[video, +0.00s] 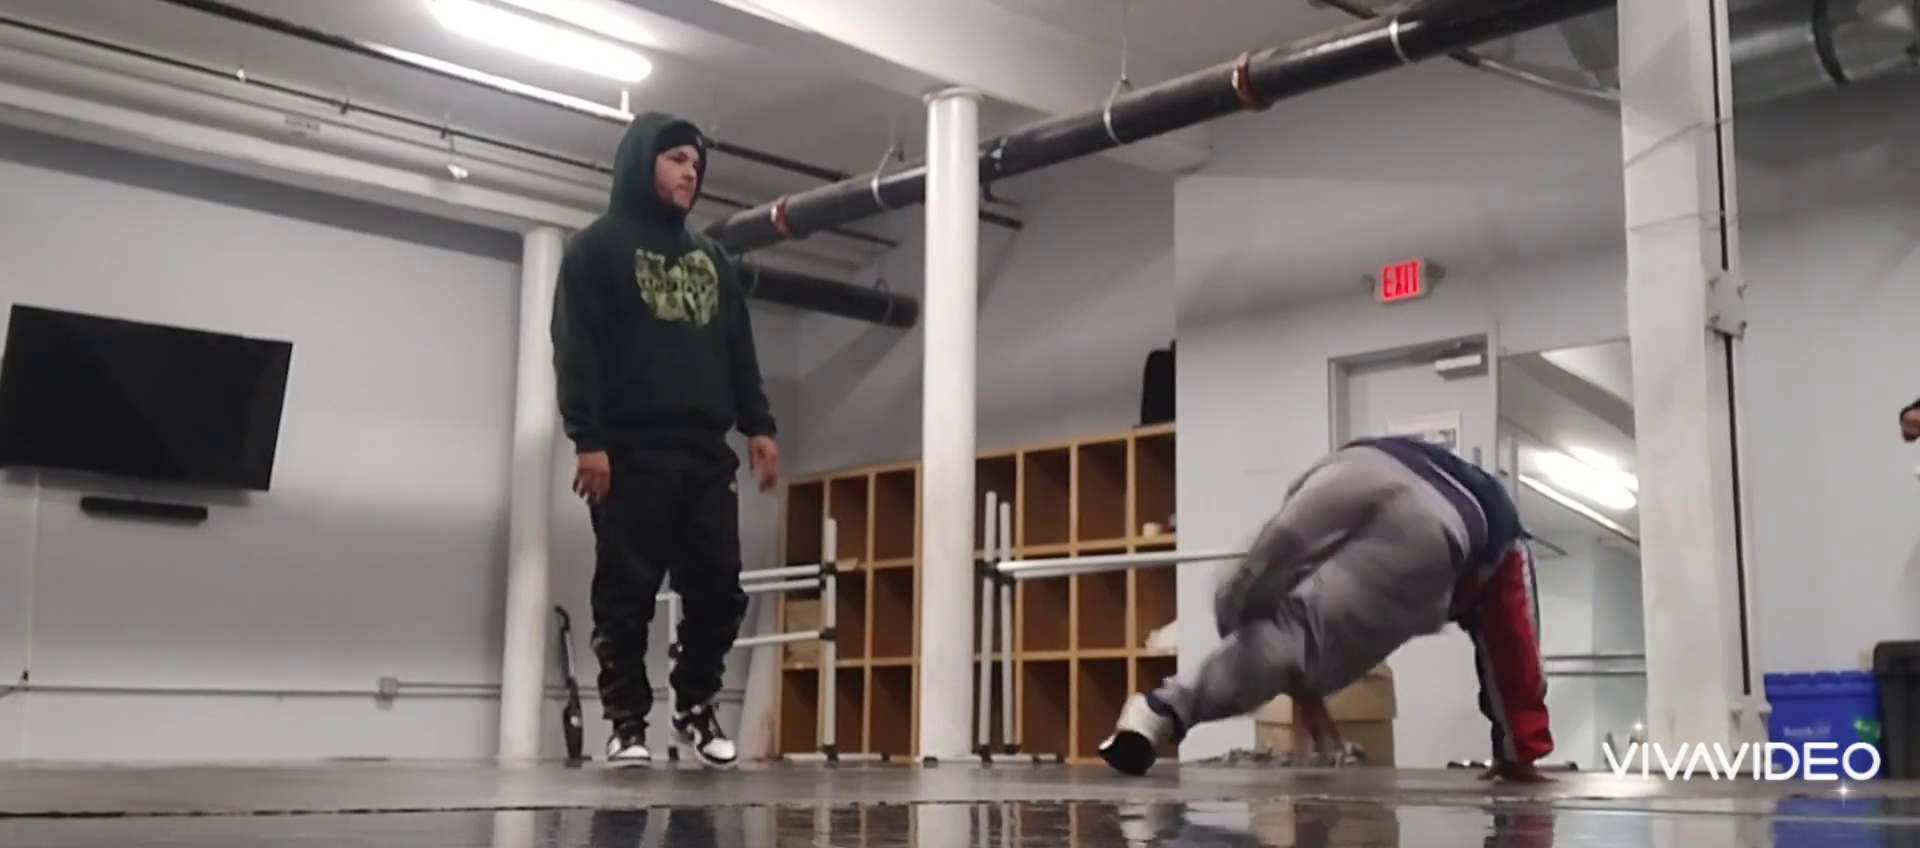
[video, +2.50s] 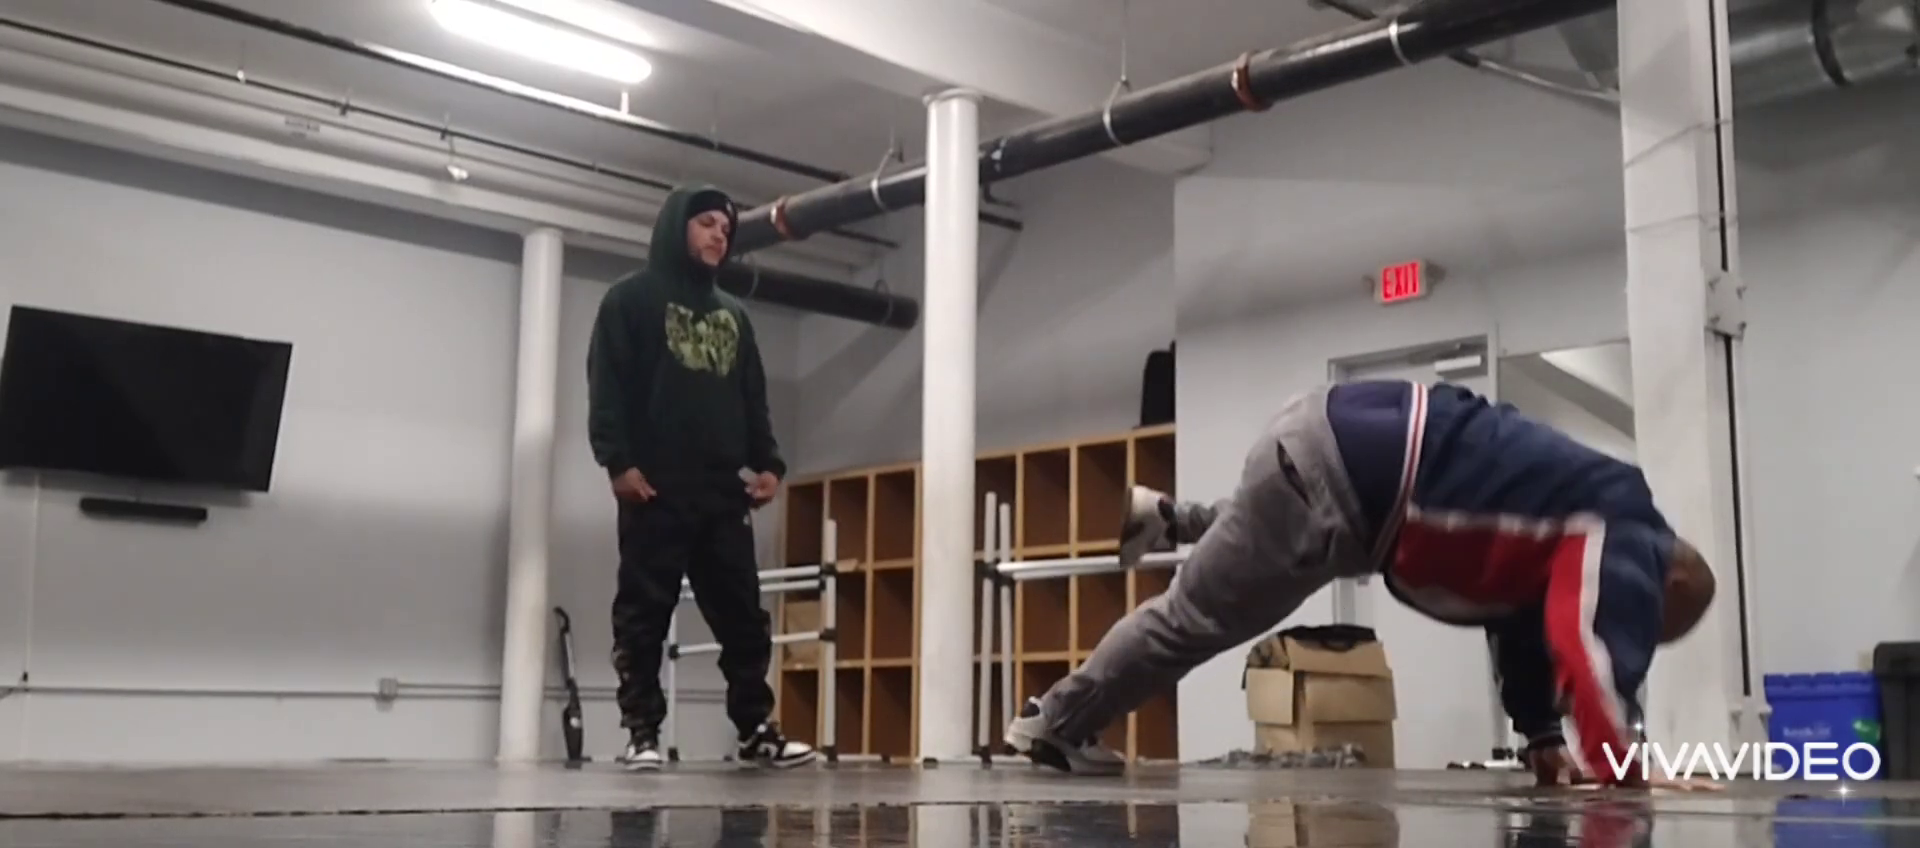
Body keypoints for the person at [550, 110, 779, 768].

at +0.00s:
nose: (689, 172)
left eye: (696, 164)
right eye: (677, 158)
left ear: (698, 177)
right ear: (642, 163)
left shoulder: (712, 256)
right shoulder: (596, 248)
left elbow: (739, 348)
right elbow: (575, 348)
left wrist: (759, 427)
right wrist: (589, 444)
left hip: (705, 450)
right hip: (630, 449)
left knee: (718, 591)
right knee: (626, 592)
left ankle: (695, 713)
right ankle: (627, 725)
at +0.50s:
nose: (720, 191)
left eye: (724, 182)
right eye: (708, 178)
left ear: (723, 194)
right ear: (673, 181)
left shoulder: (728, 273)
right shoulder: (635, 253)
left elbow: (748, 368)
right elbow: (610, 348)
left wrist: (767, 450)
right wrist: (615, 436)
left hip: (715, 455)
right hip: (651, 449)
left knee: (704, 600)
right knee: (637, 590)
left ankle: (684, 729)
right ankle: (628, 729)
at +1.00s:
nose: (743, 212)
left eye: (748, 204)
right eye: (732, 200)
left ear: (750, 216)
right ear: (699, 203)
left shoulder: (739, 290)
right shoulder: (657, 271)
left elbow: (746, 386)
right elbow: (655, 371)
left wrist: (750, 474)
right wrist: (691, 444)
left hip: (729, 462)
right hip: (664, 456)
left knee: (706, 603)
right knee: (647, 590)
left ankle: (684, 732)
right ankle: (623, 729)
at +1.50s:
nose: (729, 223)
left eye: (735, 217)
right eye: (719, 211)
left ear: (738, 230)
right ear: (686, 213)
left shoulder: (742, 304)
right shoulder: (638, 286)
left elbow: (770, 389)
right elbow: (607, 369)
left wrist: (795, 461)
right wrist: (597, 451)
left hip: (729, 473)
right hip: (661, 468)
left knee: (710, 606)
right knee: (653, 596)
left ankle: (689, 732)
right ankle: (645, 728)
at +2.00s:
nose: (705, 229)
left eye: (712, 222)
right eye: (694, 217)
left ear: (717, 234)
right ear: (663, 220)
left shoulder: (730, 309)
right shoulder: (615, 298)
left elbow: (750, 393)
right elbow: (591, 392)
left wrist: (758, 466)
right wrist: (605, 464)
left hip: (711, 479)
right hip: (641, 476)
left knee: (699, 609)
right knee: (637, 607)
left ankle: (686, 731)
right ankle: (644, 733)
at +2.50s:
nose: (718, 235)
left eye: (724, 229)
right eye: (707, 224)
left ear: (727, 242)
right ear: (677, 228)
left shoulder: (733, 315)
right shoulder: (630, 299)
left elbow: (754, 397)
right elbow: (606, 389)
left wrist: (768, 463)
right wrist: (619, 464)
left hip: (722, 486)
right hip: (652, 484)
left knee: (742, 613)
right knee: (644, 612)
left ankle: (755, 731)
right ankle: (642, 735)